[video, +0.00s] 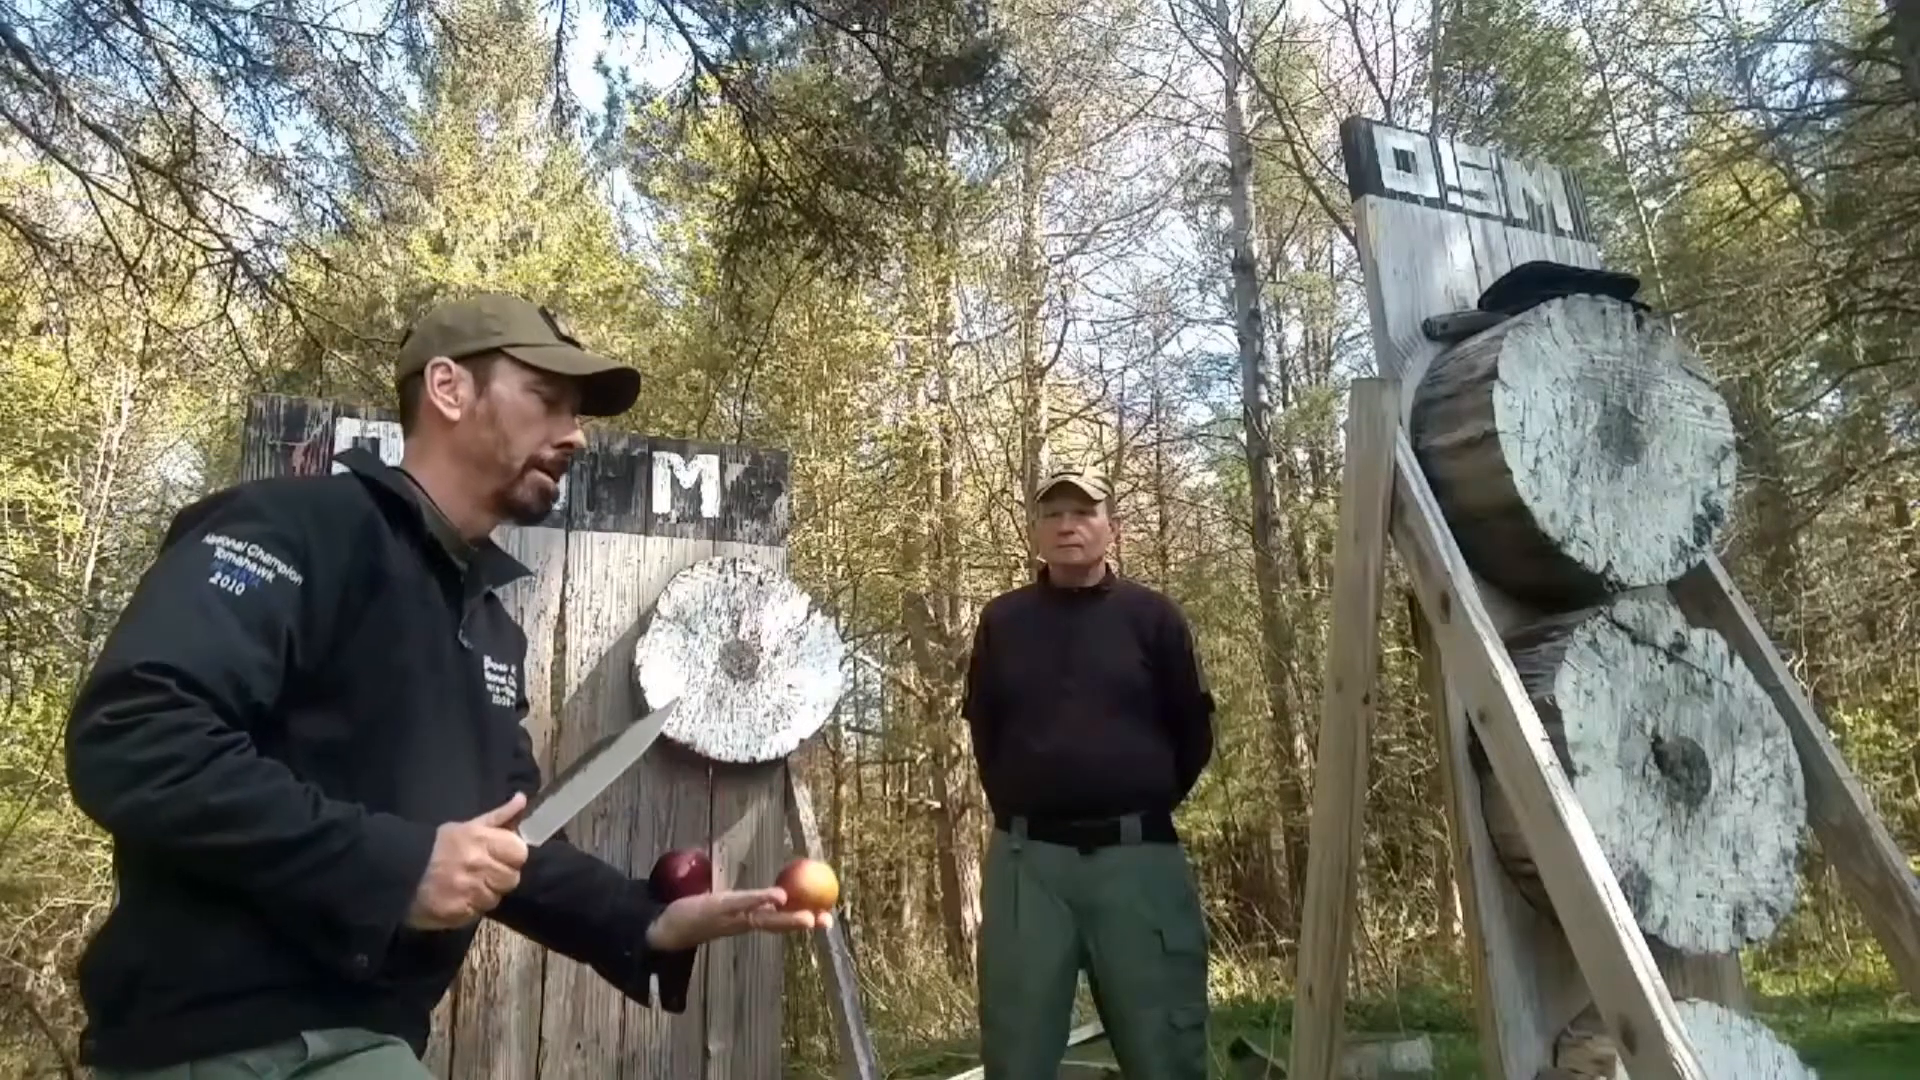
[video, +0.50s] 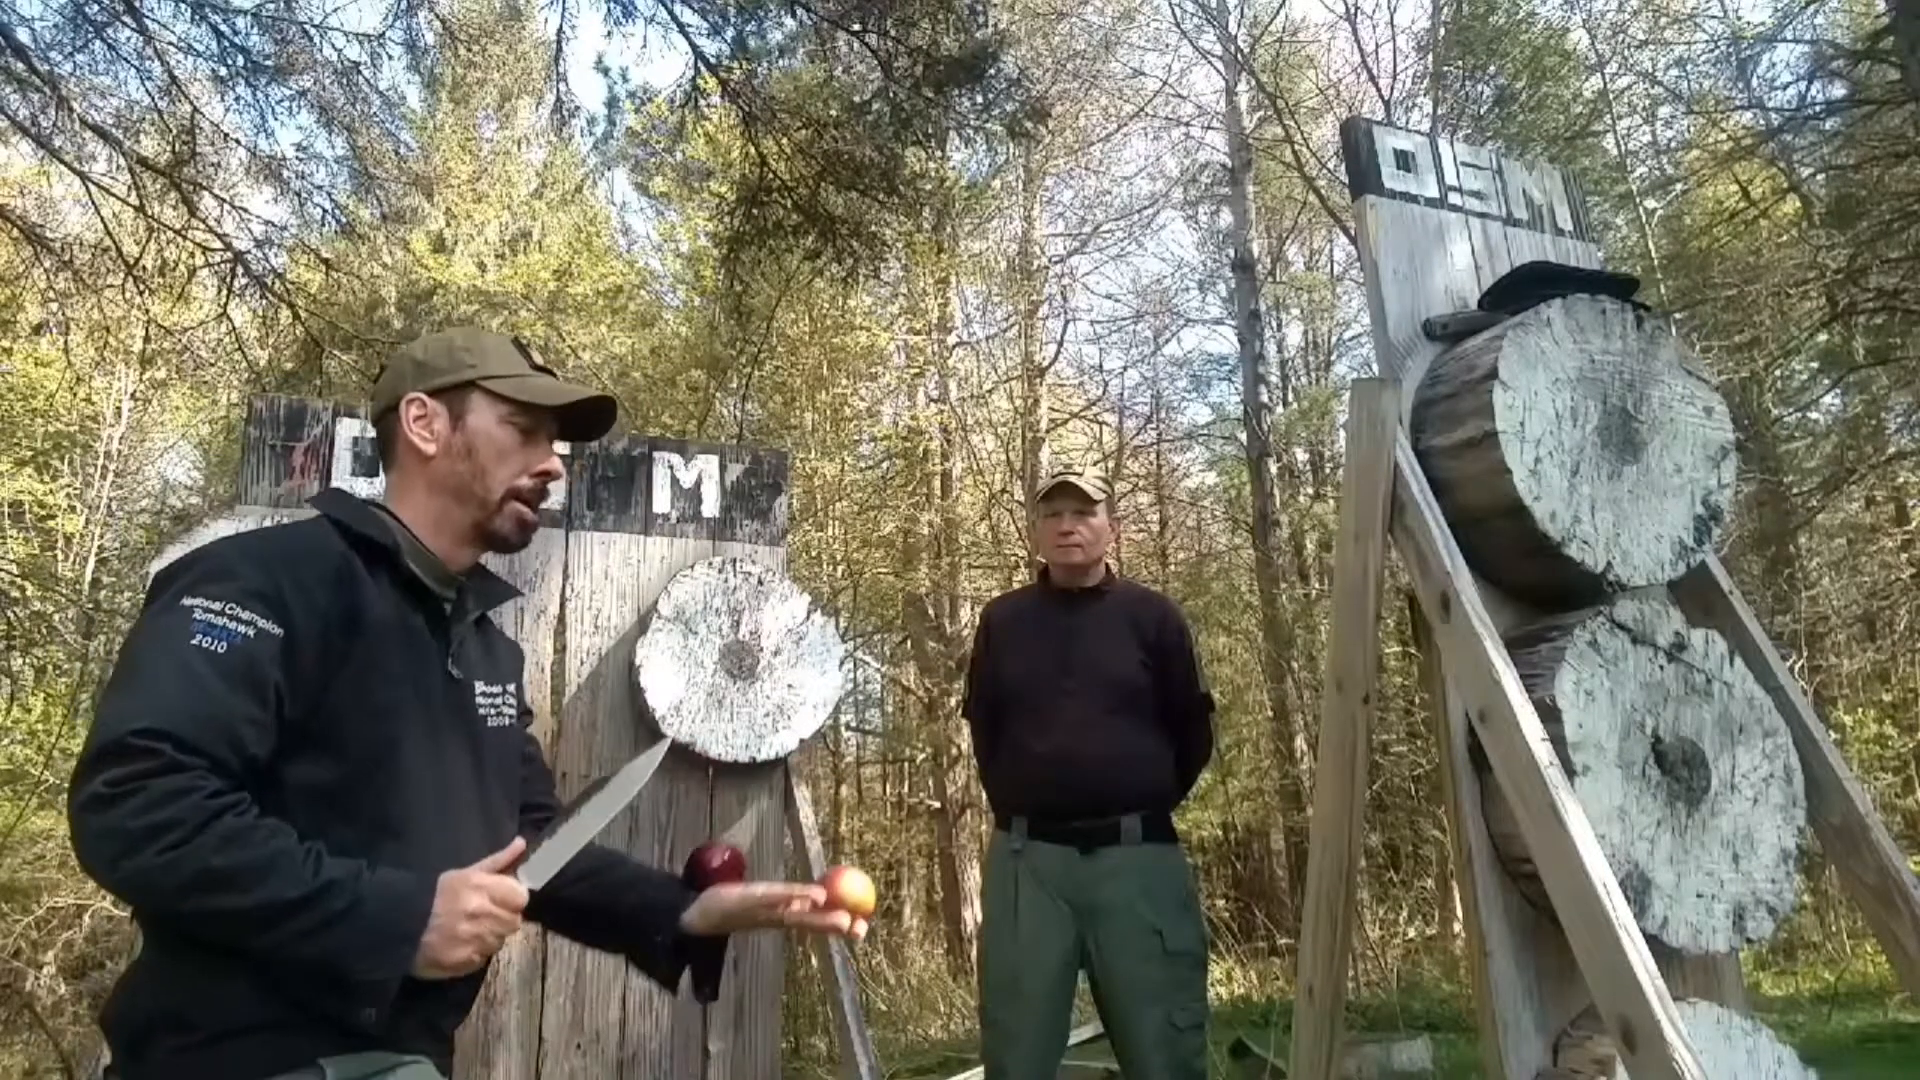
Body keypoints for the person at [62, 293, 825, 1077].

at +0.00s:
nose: (574, 438)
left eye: (577, 414)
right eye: (549, 401)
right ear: (449, 392)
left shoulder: (491, 622)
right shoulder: (295, 525)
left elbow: (481, 839)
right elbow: (132, 741)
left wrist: (651, 922)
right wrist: (397, 863)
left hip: (370, 1033)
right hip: (241, 1032)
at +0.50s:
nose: (554, 464)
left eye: (558, 441)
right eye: (527, 429)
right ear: (425, 426)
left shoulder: (486, 644)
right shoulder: (265, 574)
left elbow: (530, 848)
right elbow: (137, 807)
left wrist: (697, 911)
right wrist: (399, 917)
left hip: (406, 1050)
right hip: (237, 1050)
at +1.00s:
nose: (537, 370)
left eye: (538, 347)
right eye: (507, 334)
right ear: (410, 336)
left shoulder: (478, 530)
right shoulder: (292, 468)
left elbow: (598, 665)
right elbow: (234, 649)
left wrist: (780, 631)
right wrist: (518, 600)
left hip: (411, 962)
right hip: (338, 970)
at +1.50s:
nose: (517, 293)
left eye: (514, 271)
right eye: (484, 264)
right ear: (392, 280)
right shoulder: (365, 379)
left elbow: (573, 607)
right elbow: (579, 469)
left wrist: (679, 482)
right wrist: (641, 298)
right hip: (370, 888)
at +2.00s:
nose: (536, 304)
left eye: (532, 286)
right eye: (503, 281)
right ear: (410, 299)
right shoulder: (408, 403)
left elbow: (560, 663)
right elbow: (477, 645)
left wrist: (557, 489)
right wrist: (697, 682)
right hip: (402, 901)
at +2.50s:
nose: (671, 396)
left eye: (672, 373)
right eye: (643, 360)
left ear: (545, 373)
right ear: (545, 366)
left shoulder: (438, 489)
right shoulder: (507, 488)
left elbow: (674, 649)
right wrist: (754, 435)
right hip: (440, 1007)